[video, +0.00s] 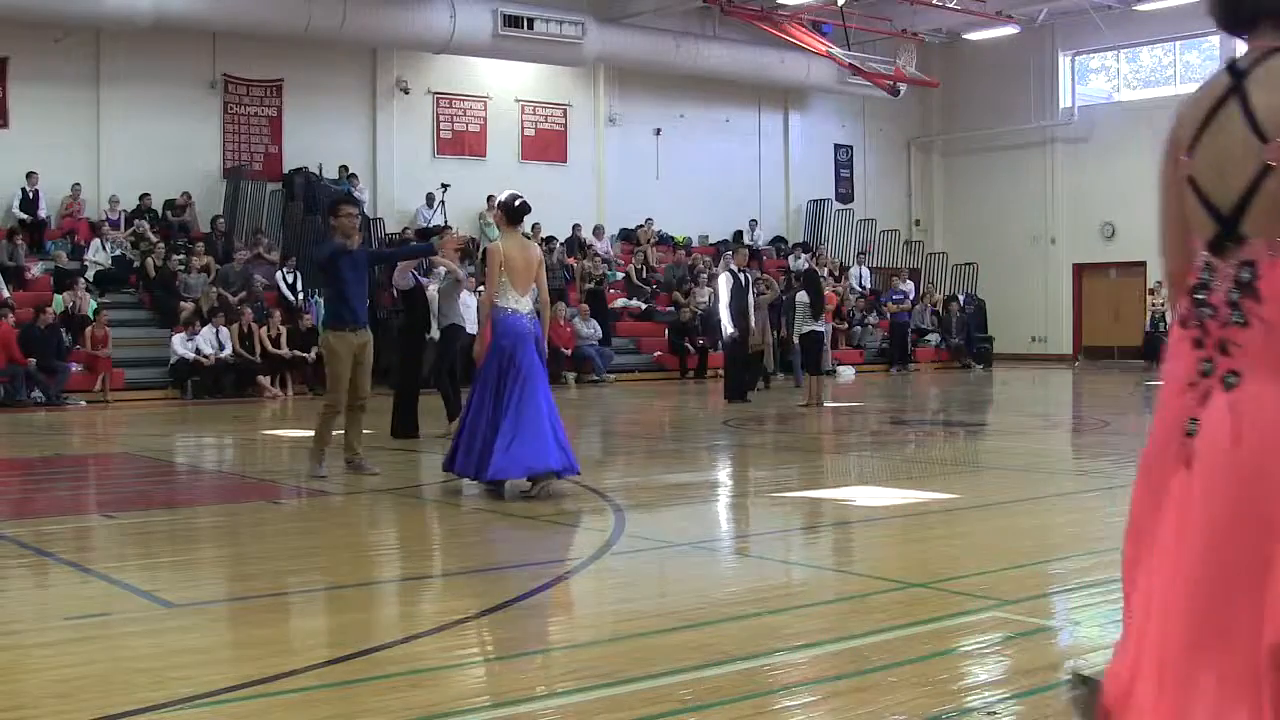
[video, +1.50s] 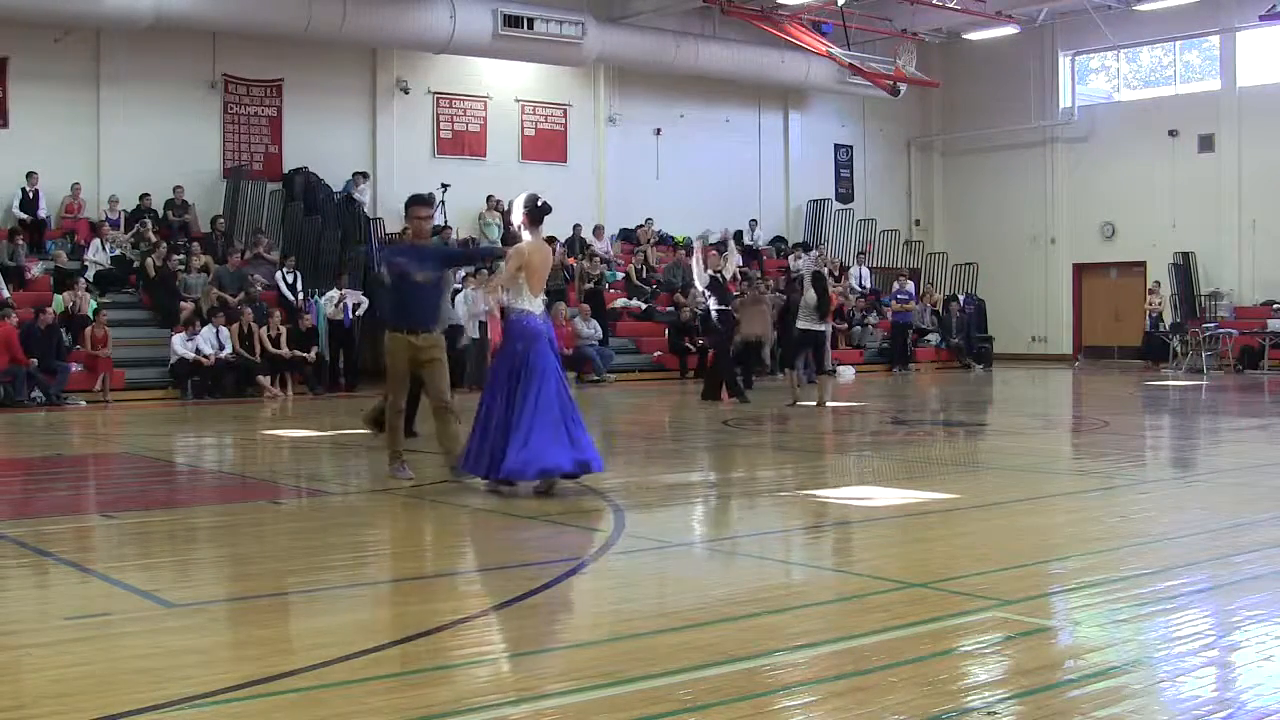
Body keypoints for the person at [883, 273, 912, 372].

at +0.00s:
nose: (895, 282)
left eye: (896, 280)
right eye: (893, 281)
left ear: (899, 282)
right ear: (890, 283)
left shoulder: (904, 293)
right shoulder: (889, 293)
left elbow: (909, 306)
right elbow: (890, 308)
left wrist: (897, 307)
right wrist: (902, 306)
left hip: (904, 320)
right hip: (895, 320)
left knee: (905, 342)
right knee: (894, 343)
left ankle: (905, 363)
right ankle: (894, 364)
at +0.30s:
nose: (897, 283)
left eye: (899, 281)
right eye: (895, 281)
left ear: (902, 282)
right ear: (892, 282)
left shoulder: (906, 293)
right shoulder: (890, 294)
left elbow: (910, 306)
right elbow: (891, 308)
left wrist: (897, 307)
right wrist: (903, 306)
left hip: (905, 320)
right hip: (895, 320)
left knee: (904, 343)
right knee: (895, 343)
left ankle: (905, 363)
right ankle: (894, 364)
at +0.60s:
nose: (902, 282)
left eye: (904, 280)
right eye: (900, 280)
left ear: (907, 281)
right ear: (897, 281)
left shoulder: (910, 294)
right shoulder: (894, 294)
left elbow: (912, 306)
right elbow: (893, 308)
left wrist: (899, 306)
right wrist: (906, 307)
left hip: (907, 321)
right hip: (896, 321)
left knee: (905, 343)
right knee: (895, 343)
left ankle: (905, 363)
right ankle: (894, 364)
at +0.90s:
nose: (904, 282)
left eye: (905, 280)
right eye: (902, 280)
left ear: (908, 281)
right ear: (899, 282)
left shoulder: (911, 294)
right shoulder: (894, 294)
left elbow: (912, 306)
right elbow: (893, 308)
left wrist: (899, 306)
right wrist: (906, 307)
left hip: (907, 321)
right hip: (896, 321)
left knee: (906, 343)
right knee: (896, 343)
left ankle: (905, 363)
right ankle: (895, 364)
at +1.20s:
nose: (902, 283)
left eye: (904, 281)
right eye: (900, 281)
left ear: (907, 281)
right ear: (897, 281)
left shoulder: (910, 294)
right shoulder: (894, 294)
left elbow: (912, 306)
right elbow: (893, 307)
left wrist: (899, 306)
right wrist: (906, 306)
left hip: (907, 321)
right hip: (896, 321)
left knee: (906, 344)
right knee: (896, 343)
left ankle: (905, 364)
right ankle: (895, 364)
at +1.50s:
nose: (902, 283)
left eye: (904, 281)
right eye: (900, 281)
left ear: (906, 281)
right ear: (897, 282)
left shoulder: (910, 294)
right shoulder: (894, 294)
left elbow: (912, 306)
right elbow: (894, 307)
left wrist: (899, 305)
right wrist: (907, 306)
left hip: (907, 321)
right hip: (896, 321)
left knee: (906, 344)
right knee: (896, 343)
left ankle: (905, 364)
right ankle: (896, 364)